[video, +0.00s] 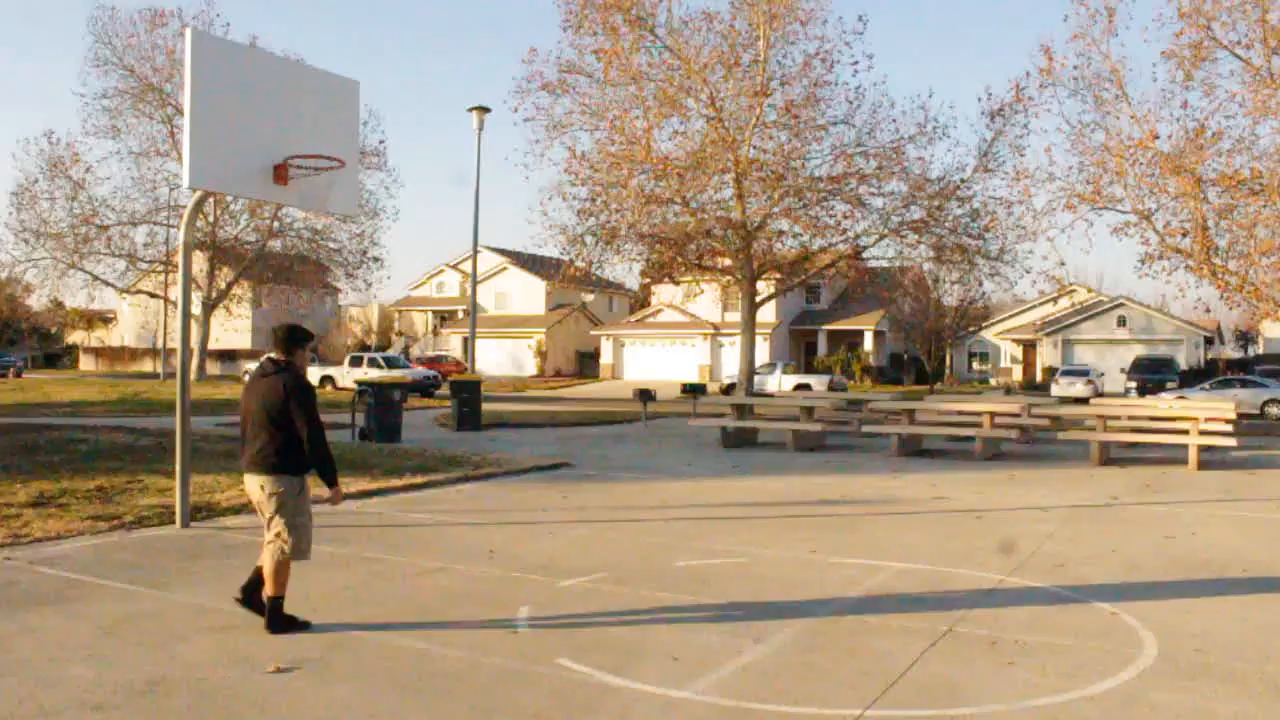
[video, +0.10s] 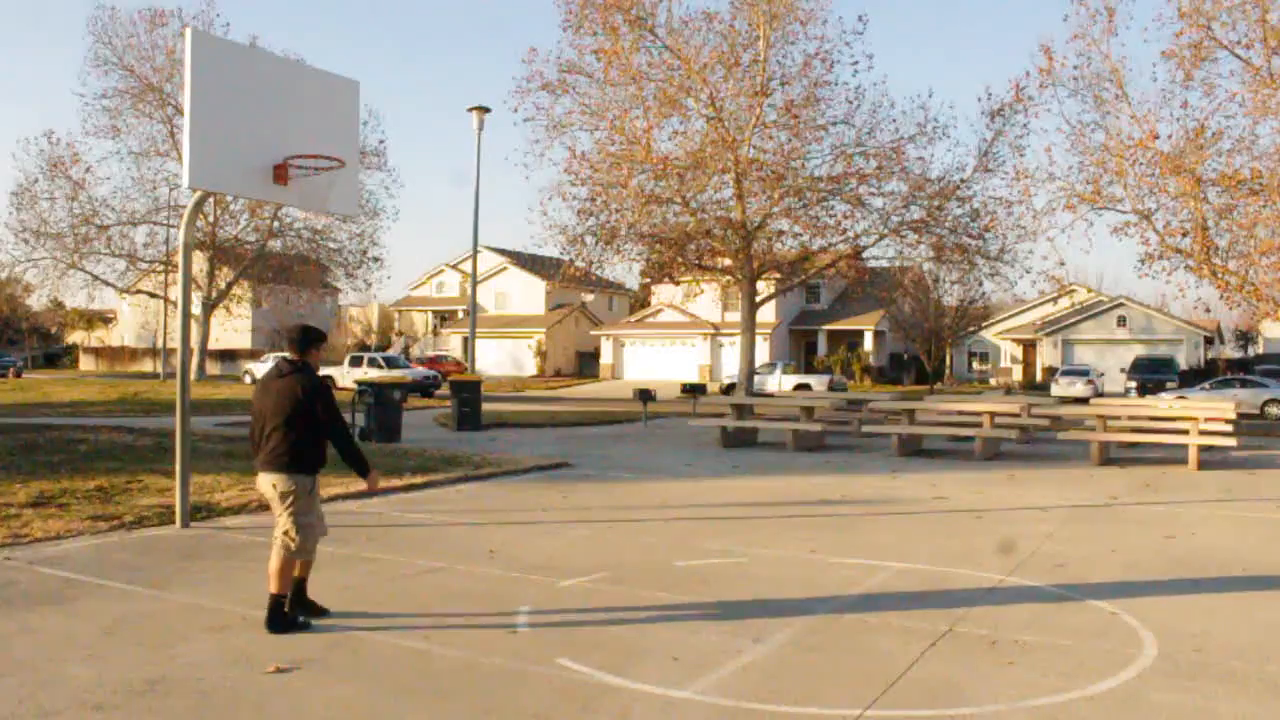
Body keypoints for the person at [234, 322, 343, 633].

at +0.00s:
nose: (310, 358)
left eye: (310, 352)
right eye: (307, 352)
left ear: (277, 350)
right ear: (295, 352)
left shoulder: (255, 380)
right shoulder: (296, 385)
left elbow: (249, 428)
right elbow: (314, 437)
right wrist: (332, 482)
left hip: (253, 472)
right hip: (281, 475)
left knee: (278, 534)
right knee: (284, 540)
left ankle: (254, 587)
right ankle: (275, 613)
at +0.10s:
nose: (322, 356)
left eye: (321, 351)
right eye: (320, 350)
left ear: (292, 350)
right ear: (310, 351)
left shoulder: (266, 382)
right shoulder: (312, 385)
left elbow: (256, 431)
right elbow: (338, 433)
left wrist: (263, 461)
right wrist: (366, 471)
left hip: (268, 471)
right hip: (293, 475)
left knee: (311, 530)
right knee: (288, 539)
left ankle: (298, 596)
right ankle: (276, 612)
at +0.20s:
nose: (338, 358)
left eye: (338, 352)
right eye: (336, 352)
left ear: (307, 352)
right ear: (325, 353)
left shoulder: (281, 382)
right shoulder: (328, 386)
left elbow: (267, 429)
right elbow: (356, 428)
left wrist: (266, 468)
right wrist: (386, 461)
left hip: (281, 471)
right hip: (308, 474)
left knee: (319, 532)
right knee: (296, 539)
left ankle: (340, 590)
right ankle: (277, 614)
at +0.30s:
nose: (350, 360)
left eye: (349, 355)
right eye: (348, 355)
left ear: (318, 354)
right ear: (338, 356)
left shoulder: (295, 384)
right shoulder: (343, 389)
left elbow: (281, 431)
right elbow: (369, 430)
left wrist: (279, 471)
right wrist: (399, 457)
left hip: (297, 472)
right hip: (323, 474)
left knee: (336, 533)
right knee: (308, 537)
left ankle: (349, 593)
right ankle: (279, 609)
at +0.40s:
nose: (364, 359)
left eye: (364, 353)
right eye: (362, 353)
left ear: (333, 353)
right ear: (348, 354)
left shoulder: (308, 384)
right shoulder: (358, 387)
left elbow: (297, 431)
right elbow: (379, 431)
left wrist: (297, 470)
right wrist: (403, 462)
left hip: (311, 470)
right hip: (339, 473)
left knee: (347, 530)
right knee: (337, 532)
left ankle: (350, 593)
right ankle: (294, 593)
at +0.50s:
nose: (377, 356)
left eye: (376, 350)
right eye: (373, 350)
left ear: (346, 351)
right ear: (358, 351)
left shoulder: (323, 381)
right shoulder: (368, 383)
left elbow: (316, 426)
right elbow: (388, 430)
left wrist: (320, 456)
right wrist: (406, 461)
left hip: (322, 467)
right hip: (354, 470)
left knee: (344, 529)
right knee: (370, 526)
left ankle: (350, 593)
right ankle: (320, 578)